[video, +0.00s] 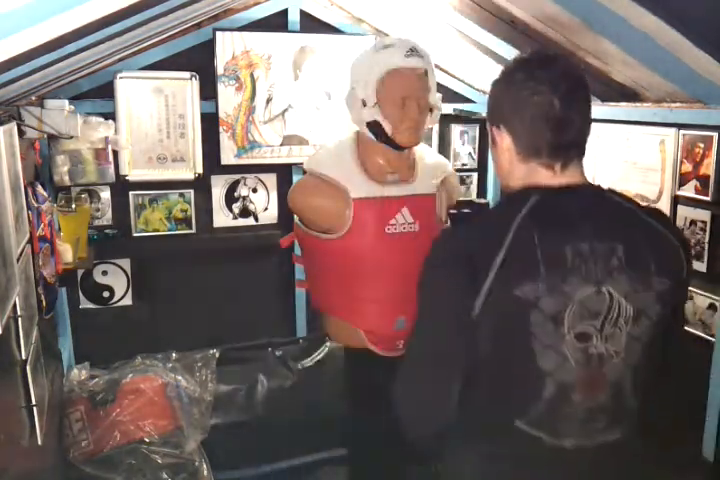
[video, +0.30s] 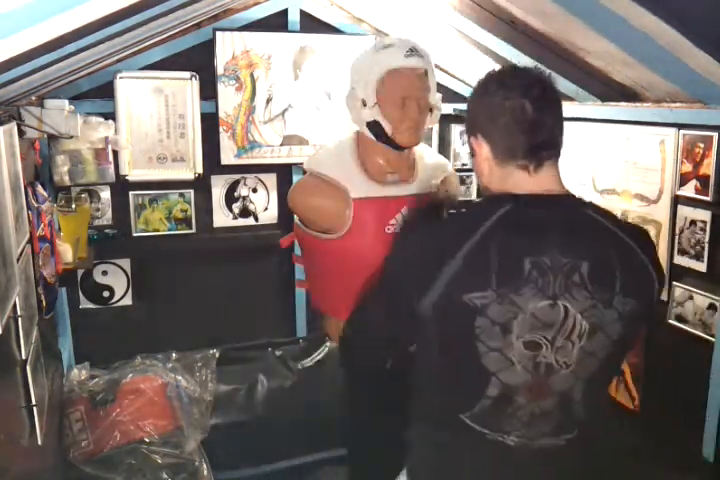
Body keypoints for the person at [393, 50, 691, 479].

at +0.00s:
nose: (491, 150)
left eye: (491, 137)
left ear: (500, 140)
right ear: (583, 133)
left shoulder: (474, 242)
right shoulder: (661, 239)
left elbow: (421, 412)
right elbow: (670, 397)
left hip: (501, 464)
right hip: (624, 464)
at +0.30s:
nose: (471, 155)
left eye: (469, 143)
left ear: (479, 150)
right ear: (557, 141)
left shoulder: (438, 235)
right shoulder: (631, 249)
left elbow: (363, 350)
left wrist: (377, 463)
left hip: (452, 461)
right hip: (574, 463)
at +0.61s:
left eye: (465, 143)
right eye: (400, 104)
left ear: (476, 153)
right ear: (553, 142)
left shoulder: (435, 232)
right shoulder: (626, 243)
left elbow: (369, 355)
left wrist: (376, 465)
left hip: (451, 457)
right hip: (568, 459)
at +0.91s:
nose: (467, 160)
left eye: (465, 148)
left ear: (477, 154)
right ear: (552, 143)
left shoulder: (440, 234)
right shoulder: (624, 239)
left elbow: (370, 358)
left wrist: (378, 466)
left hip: (455, 459)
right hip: (570, 461)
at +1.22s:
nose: (466, 159)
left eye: (465, 148)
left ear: (476, 154)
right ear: (551, 143)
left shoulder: (440, 235)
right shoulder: (624, 238)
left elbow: (372, 359)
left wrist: (378, 467)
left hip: (455, 461)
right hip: (566, 463)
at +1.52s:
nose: (461, 151)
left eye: (463, 140)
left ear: (476, 151)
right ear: (550, 138)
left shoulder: (446, 231)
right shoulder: (612, 222)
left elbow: (390, 282)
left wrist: (436, 187)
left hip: (464, 456)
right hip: (566, 456)